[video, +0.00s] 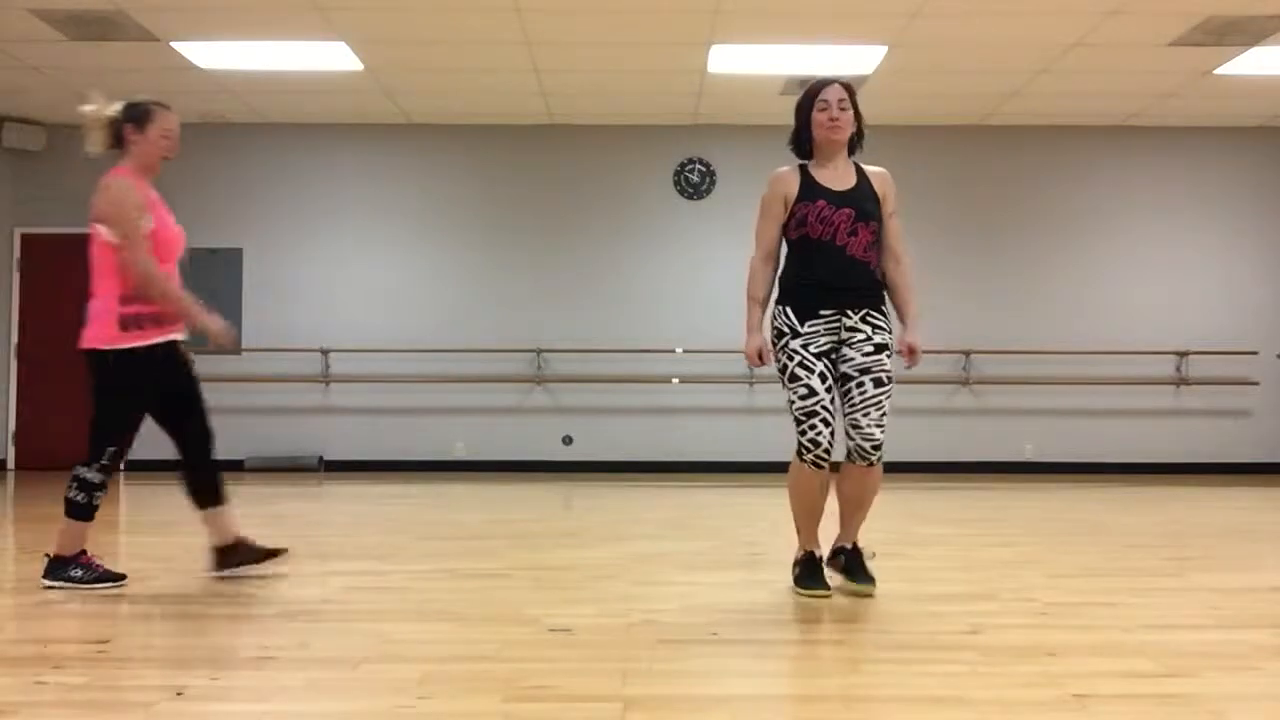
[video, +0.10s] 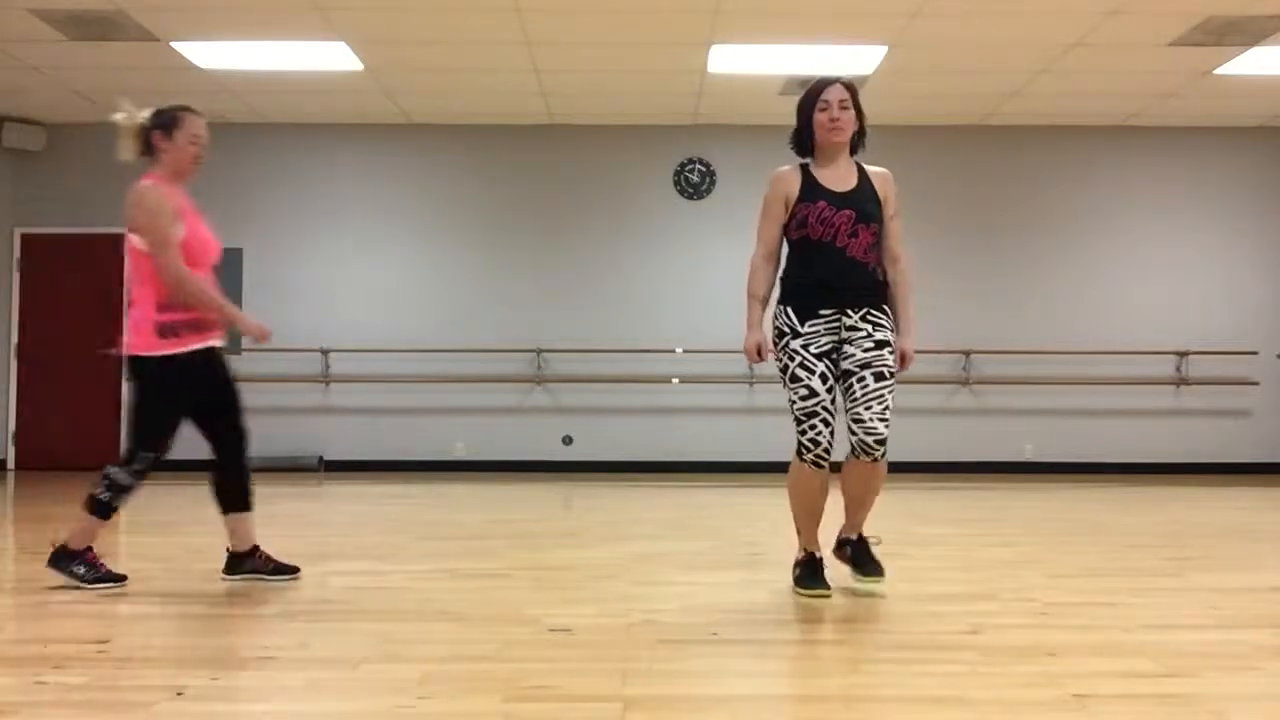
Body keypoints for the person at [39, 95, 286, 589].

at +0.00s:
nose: (173, 145)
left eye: (175, 137)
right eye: (165, 136)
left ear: (150, 139)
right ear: (133, 135)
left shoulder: (145, 190)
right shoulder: (121, 189)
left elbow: (154, 273)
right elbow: (141, 272)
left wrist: (185, 324)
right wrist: (200, 315)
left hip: (157, 343)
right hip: (122, 347)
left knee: (195, 436)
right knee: (106, 452)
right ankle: (66, 555)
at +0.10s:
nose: (200, 153)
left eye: (203, 145)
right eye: (193, 143)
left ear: (176, 144)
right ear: (161, 141)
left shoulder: (174, 195)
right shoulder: (150, 195)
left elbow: (188, 274)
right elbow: (175, 277)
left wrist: (222, 319)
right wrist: (239, 319)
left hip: (195, 348)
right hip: (164, 352)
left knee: (230, 439)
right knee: (142, 455)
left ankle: (243, 551)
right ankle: (73, 548)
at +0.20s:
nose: (229, 153)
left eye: (232, 144)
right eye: (222, 142)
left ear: (226, 146)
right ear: (189, 141)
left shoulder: (205, 194)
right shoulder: (182, 195)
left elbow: (207, 274)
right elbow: (197, 273)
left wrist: (239, 327)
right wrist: (251, 325)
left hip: (229, 345)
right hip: (199, 351)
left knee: (251, 443)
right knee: (214, 456)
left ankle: (245, 551)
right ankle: (118, 521)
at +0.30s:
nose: (256, 149)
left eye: (260, 142)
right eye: (248, 139)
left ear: (256, 145)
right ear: (218, 138)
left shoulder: (236, 196)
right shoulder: (204, 193)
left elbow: (247, 273)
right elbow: (215, 275)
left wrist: (266, 334)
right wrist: (248, 339)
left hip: (256, 337)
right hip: (226, 341)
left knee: (265, 444)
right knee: (271, 442)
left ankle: (245, 551)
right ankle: (186, 507)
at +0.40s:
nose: (282, 147)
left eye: (285, 139)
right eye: (273, 138)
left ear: (285, 143)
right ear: (243, 138)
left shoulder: (272, 197)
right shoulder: (226, 191)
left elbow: (275, 273)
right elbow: (219, 268)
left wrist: (292, 336)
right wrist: (235, 339)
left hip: (281, 337)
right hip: (254, 340)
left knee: (270, 439)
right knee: (315, 422)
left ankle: (250, 546)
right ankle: (253, 516)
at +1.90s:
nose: (437, 128)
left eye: (446, 123)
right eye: (429, 120)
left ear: (457, 138)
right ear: (411, 132)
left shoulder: (474, 196)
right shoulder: (380, 190)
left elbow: (483, 271)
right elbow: (364, 260)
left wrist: (488, 336)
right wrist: (350, 314)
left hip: (457, 337)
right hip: (396, 337)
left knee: (444, 442)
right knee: (403, 446)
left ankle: (450, 545)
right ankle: (409, 551)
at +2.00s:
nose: (436, 130)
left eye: (445, 124)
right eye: (428, 122)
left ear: (456, 140)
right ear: (410, 134)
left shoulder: (475, 198)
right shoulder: (382, 195)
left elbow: (488, 272)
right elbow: (367, 265)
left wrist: (494, 338)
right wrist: (350, 317)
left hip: (457, 339)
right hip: (396, 337)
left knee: (443, 448)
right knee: (402, 448)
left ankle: (443, 552)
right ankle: (409, 551)